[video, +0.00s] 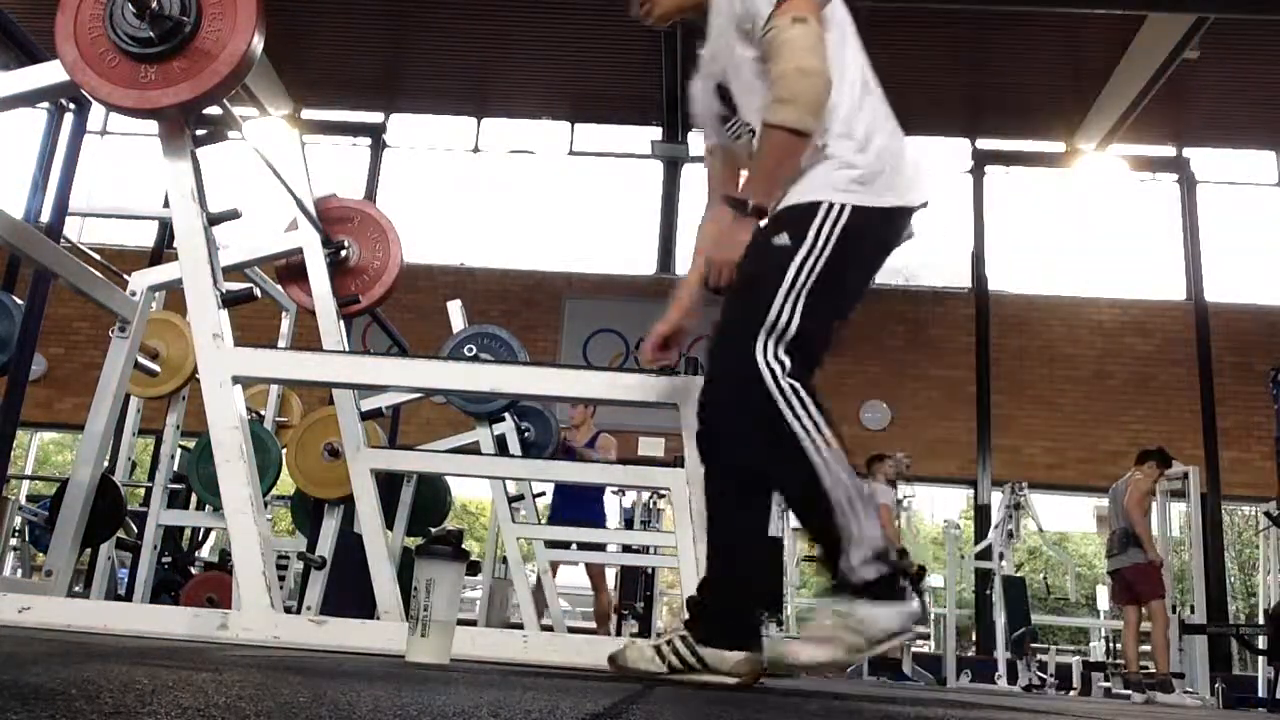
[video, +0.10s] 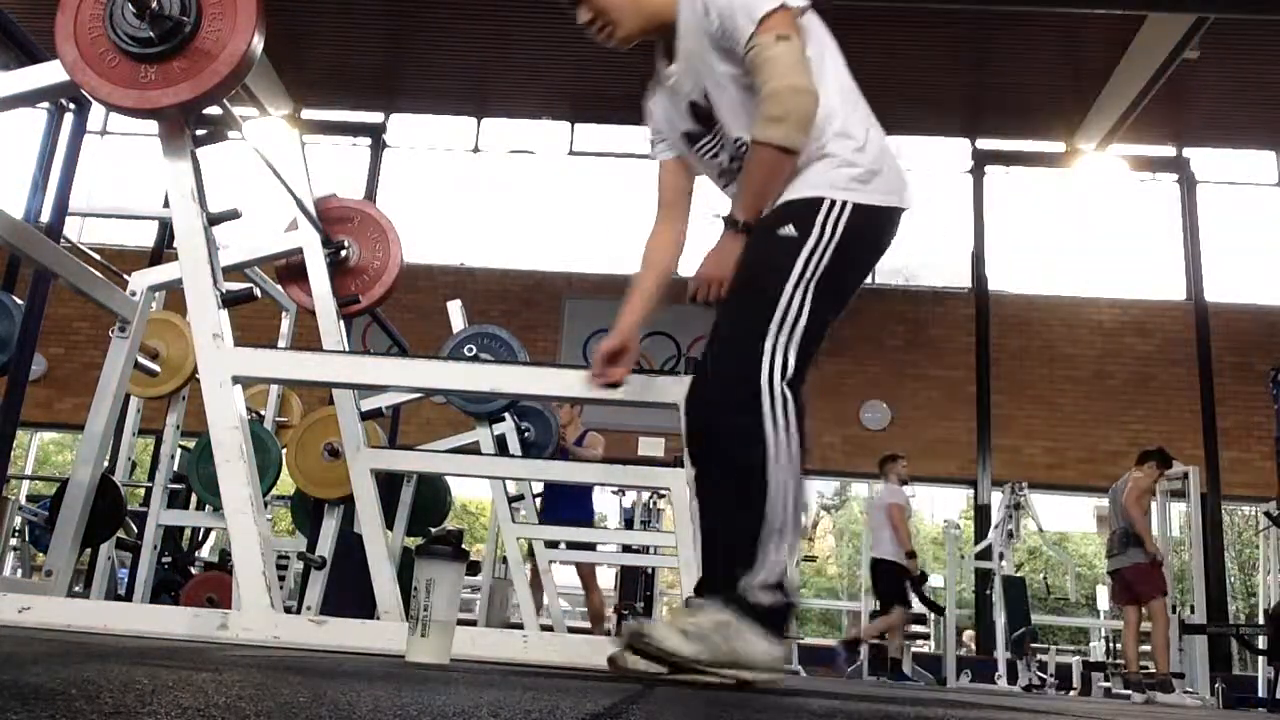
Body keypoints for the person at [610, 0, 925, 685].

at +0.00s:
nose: (638, 7)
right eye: (634, 5)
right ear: (662, 11)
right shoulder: (712, 66)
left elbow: (803, 84)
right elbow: (725, 191)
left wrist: (745, 207)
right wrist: (690, 301)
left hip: (851, 178)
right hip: (797, 195)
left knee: (762, 368)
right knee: (729, 407)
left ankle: (877, 588)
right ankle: (725, 635)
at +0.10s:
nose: (585, 16)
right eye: (579, 10)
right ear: (602, 19)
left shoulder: (726, 1)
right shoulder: (666, 96)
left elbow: (791, 100)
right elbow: (671, 221)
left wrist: (736, 231)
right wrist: (627, 327)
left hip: (841, 184)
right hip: (785, 206)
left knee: (756, 373)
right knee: (714, 395)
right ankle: (721, 615)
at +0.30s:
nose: (518, 85)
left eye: (516, 59)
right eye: (505, 78)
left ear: (560, 19)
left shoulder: (675, 27)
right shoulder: (613, 147)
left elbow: (775, 143)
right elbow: (595, 272)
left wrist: (729, 276)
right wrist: (536, 388)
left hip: (826, 202)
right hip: (769, 232)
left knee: (719, 384)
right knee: (676, 404)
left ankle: (697, 620)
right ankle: (726, 629)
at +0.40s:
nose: (497, 123)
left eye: (493, 99)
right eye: (486, 115)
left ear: (534, 55)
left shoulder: (655, 48)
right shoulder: (590, 177)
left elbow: (771, 152)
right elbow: (568, 304)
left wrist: (713, 278)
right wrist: (502, 434)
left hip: (824, 205)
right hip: (767, 234)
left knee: (704, 371)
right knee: (664, 409)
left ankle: (690, 622)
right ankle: (726, 632)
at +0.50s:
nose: (482, 154)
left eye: (476, 130)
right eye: (468, 146)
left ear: (515, 85)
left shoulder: (636, 65)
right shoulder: (576, 204)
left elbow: (769, 155)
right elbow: (555, 328)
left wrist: (721, 252)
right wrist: (489, 464)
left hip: (821, 201)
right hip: (760, 242)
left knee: (701, 366)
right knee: (654, 407)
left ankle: (685, 620)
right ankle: (725, 629)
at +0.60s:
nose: (475, 162)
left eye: (468, 137)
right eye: (460, 154)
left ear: (505, 89)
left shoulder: (627, 66)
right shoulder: (570, 209)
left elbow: (765, 151)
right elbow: (553, 338)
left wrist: (716, 263)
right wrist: (493, 478)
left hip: (819, 195)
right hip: (755, 239)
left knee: (705, 358)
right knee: (654, 406)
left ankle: (684, 620)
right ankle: (724, 627)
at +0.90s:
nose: (484, 56)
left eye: (478, 33)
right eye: (473, 50)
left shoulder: (630, 10)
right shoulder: (583, 121)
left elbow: (743, 118)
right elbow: (628, 253)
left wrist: (674, 242)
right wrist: (585, 301)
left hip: (798, 172)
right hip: (746, 200)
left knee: (703, 379)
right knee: (677, 395)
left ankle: (684, 622)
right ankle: (728, 630)